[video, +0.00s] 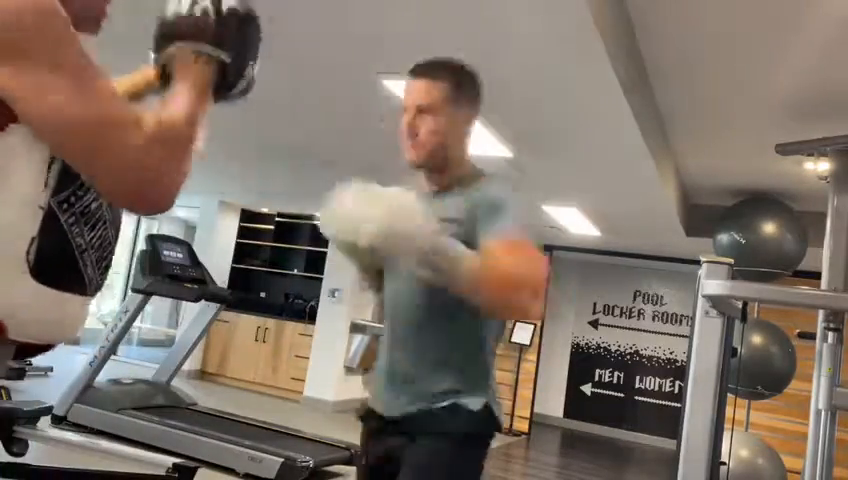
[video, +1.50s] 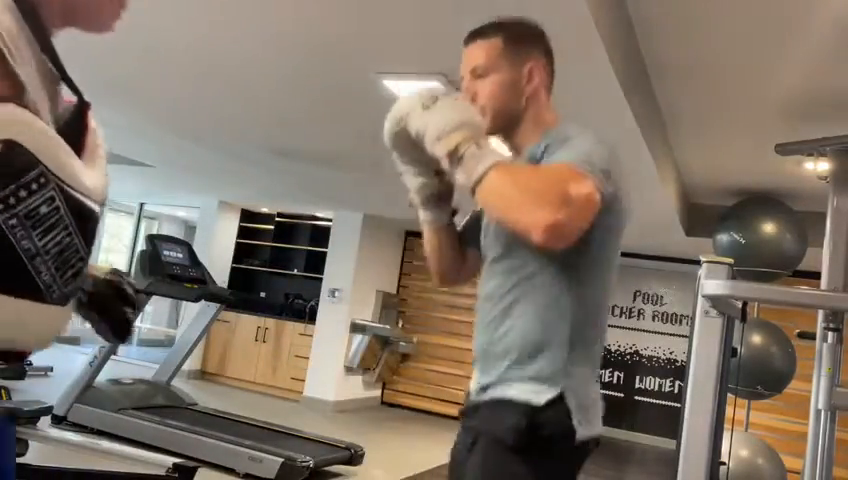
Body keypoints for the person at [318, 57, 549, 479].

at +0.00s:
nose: (408, 125)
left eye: (424, 112)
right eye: (405, 112)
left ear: (466, 119)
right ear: (401, 118)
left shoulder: (491, 201)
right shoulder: (409, 204)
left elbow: (525, 293)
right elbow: (394, 291)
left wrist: (424, 247)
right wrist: (369, 256)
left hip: (451, 420)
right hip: (386, 413)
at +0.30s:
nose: (456, 118)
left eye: (477, 105)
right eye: (451, 100)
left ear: (516, 121)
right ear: (443, 103)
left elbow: (559, 320)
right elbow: (313, 195)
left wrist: (511, 240)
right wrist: (277, 175)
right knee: (358, 473)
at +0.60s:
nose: (395, 136)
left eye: (408, 121)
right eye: (394, 124)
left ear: (451, 123)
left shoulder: (497, 187)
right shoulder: (443, 198)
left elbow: (462, 261)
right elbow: (389, 275)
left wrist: (398, 189)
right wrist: (378, 207)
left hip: (461, 400)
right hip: (429, 394)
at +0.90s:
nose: (413, 152)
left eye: (426, 136)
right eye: (411, 138)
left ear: (465, 139)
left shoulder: (512, 194)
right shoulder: (455, 212)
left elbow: (506, 264)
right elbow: (406, 290)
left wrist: (432, 208)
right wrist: (391, 225)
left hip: (484, 397)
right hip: (442, 393)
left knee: (421, 473)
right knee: (396, 472)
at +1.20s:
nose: (438, 137)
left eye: (454, 122)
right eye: (437, 123)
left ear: (496, 129)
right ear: (435, 126)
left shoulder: (538, 196)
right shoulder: (460, 206)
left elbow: (537, 281)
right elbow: (408, 289)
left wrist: (460, 208)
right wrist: (399, 221)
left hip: (507, 402)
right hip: (453, 398)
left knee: (445, 473)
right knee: (414, 472)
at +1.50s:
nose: (465, 94)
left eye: (480, 76)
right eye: (464, 80)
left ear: (533, 77)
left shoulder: (583, 150)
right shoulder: (512, 174)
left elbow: (552, 220)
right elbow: (451, 270)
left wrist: (465, 146)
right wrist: (431, 187)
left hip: (541, 410)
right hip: (493, 401)